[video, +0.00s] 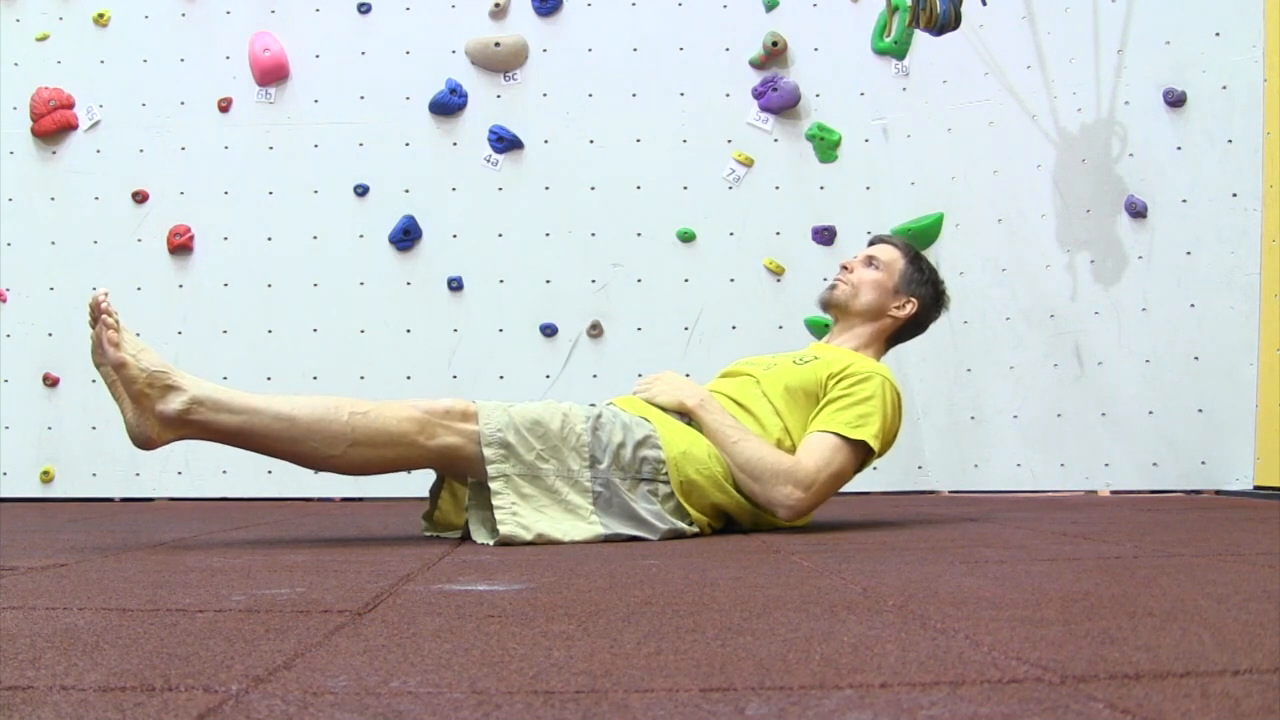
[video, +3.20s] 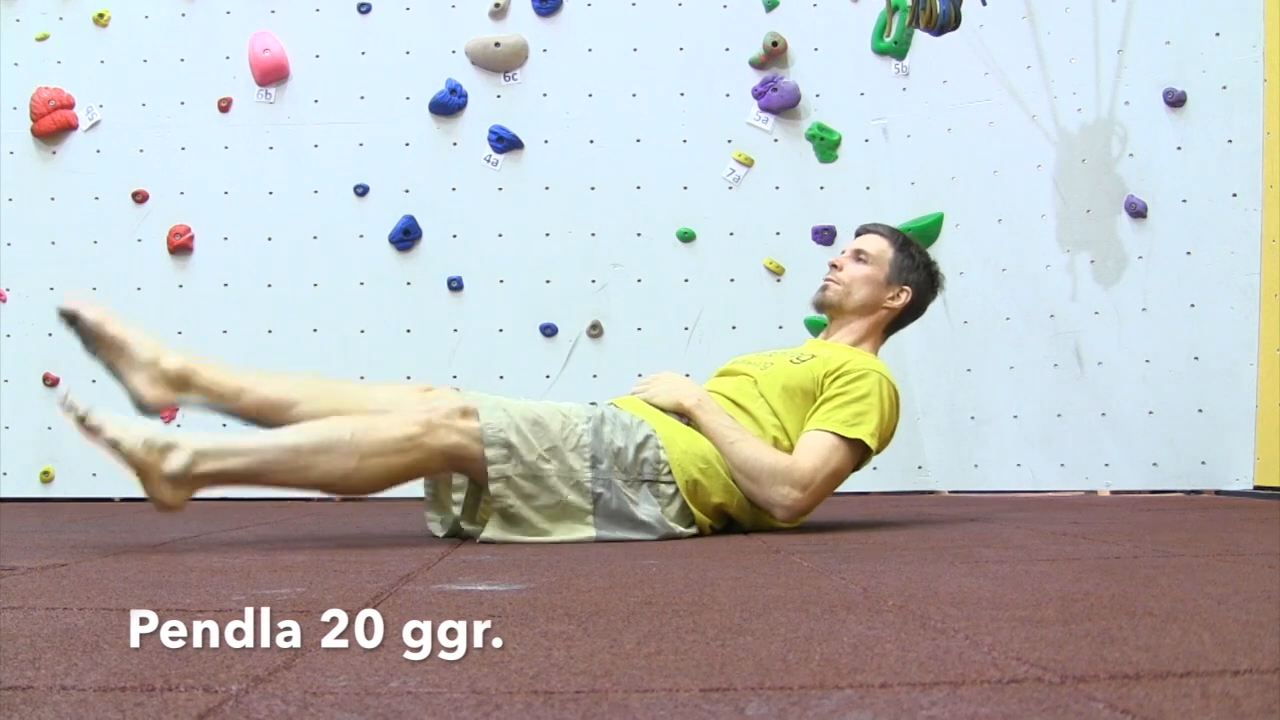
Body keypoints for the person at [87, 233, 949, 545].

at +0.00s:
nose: (849, 261)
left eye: (873, 261)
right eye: (859, 252)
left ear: (900, 308)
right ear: (865, 292)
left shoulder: (867, 381)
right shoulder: (807, 364)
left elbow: (793, 495)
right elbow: (755, 473)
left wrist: (701, 402)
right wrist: (673, 413)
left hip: (660, 462)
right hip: (639, 446)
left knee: (445, 428)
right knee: (435, 423)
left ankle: (178, 406)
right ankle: (180, 407)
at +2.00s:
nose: (841, 261)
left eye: (865, 258)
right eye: (847, 250)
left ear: (897, 302)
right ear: (850, 285)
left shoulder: (863, 376)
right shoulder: (797, 363)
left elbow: (792, 495)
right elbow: (742, 465)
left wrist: (703, 404)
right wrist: (668, 406)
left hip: (654, 456)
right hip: (627, 448)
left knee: (451, 403)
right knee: (409, 446)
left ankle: (189, 341)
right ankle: (175, 461)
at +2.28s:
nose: (832, 260)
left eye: (856, 258)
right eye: (838, 249)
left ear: (891, 299)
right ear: (846, 284)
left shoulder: (860, 376)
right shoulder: (797, 361)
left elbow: (789, 492)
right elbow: (747, 468)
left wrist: (699, 403)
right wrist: (666, 410)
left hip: (646, 468)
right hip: (616, 439)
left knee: (435, 440)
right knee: (424, 396)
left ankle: (177, 467)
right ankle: (197, 333)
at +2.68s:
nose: (833, 266)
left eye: (857, 263)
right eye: (838, 256)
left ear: (892, 304)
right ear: (842, 288)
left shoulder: (863, 377)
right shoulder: (793, 366)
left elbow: (793, 493)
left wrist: (700, 403)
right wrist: (661, 402)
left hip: (654, 460)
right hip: (623, 451)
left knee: (448, 404)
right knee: (394, 440)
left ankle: (190, 370)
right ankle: (165, 433)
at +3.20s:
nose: (839, 258)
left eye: (863, 256)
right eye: (845, 248)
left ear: (896, 299)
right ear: (852, 285)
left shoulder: (863, 378)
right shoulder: (800, 361)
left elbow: (792, 494)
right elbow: (750, 470)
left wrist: (698, 401)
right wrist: (670, 410)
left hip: (652, 462)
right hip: (621, 440)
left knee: (447, 427)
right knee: (415, 403)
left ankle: (185, 467)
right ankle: (178, 378)